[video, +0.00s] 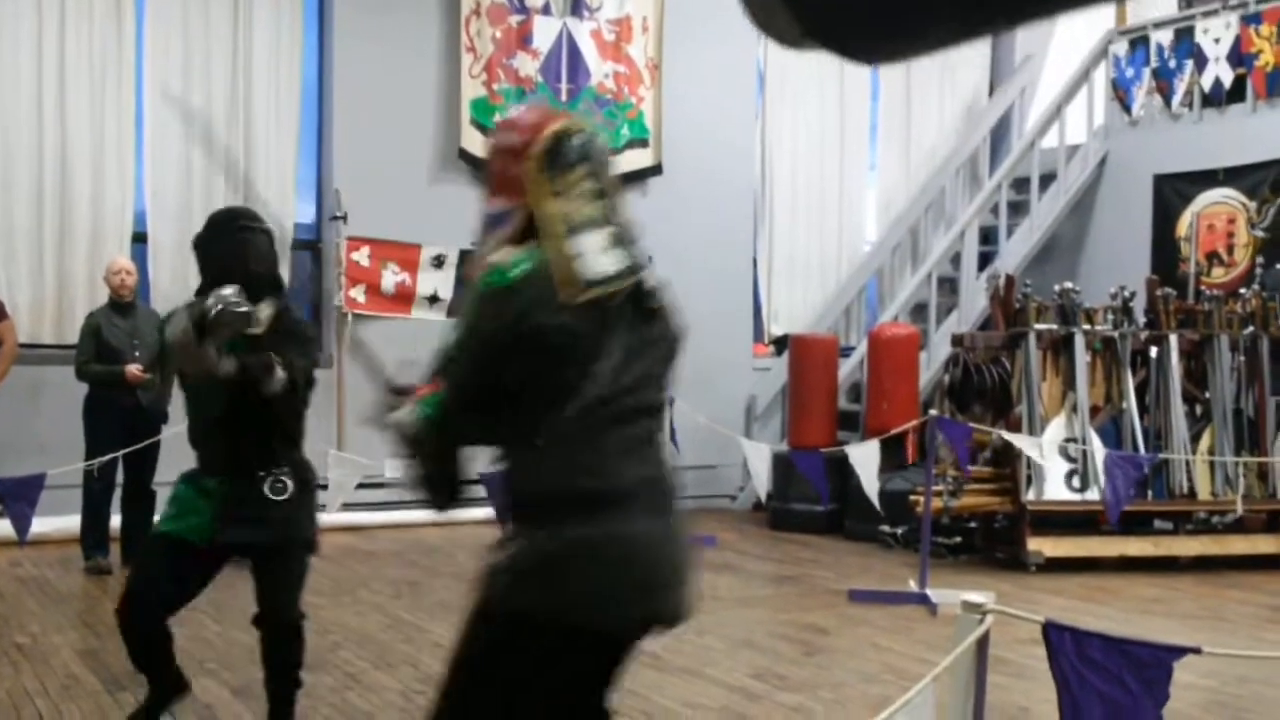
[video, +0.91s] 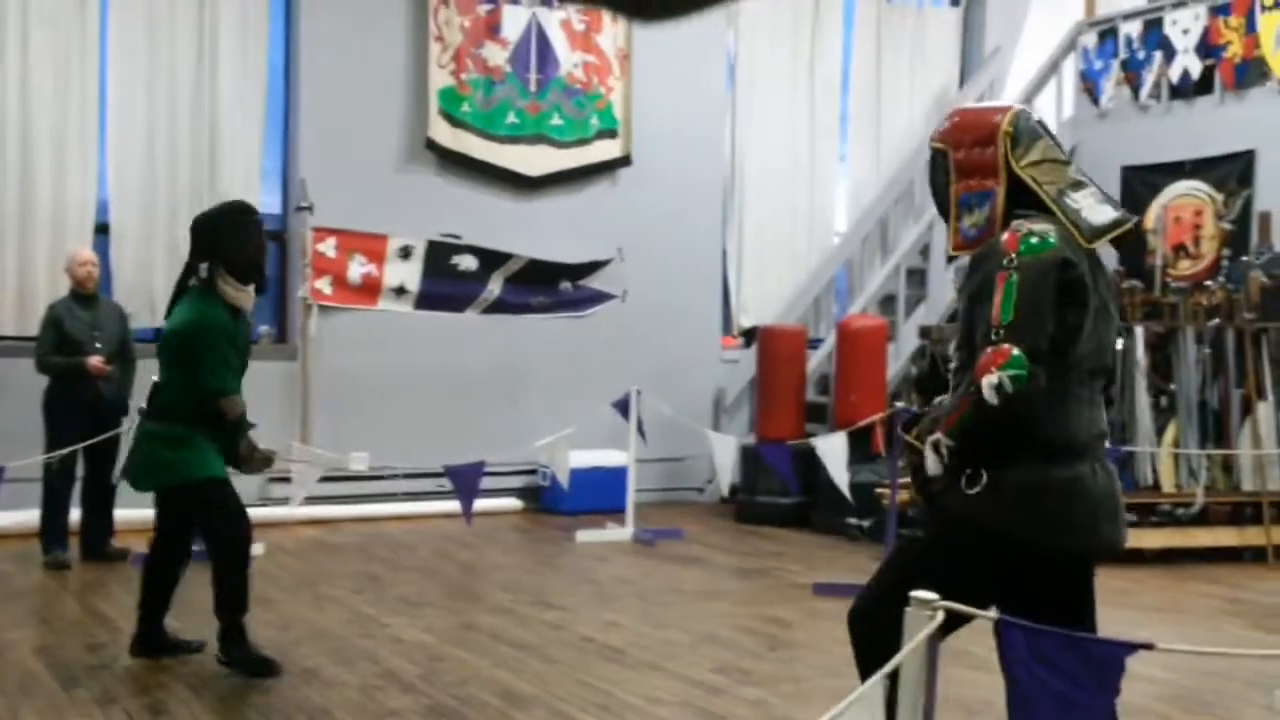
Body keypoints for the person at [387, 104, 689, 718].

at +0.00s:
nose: (490, 198)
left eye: (498, 182)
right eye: (493, 181)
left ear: (519, 189)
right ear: (591, 180)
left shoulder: (515, 287)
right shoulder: (639, 291)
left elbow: (455, 413)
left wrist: (423, 422)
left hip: (558, 565)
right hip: (646, 559)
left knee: (473, 708)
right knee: (571, 704)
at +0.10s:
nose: (551, 170)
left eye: (560, 153)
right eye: (551, 152)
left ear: (585, 160)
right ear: (652, 155)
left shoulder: (572, 250)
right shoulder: (701, 256)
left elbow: (507, 380)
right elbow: (697, 380)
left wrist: (518, 480)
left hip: (628, 533)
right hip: (716, 522)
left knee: (554, 706)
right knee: (668, 703)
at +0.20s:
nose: (602, 180)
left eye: (610, 164)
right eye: (600, 163)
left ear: (634, 169)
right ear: (698, 161)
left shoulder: (633, 273)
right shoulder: (750, 259)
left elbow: (593, 400)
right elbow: (756, 389)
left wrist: (593, 506)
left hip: (707, 541)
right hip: (788, 521)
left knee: (628, 706)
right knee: (771, 689)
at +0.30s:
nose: (654, 216)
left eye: (660, 197)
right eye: (654, 197)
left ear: (688, 202)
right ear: (743, 191)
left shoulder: (725, 301)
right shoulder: (797, 285)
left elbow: (735, 442)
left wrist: (684, 519)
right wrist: (689, 520)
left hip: (777, 568)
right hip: (842, 555)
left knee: (670, 706)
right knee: (883, 692)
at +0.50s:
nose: (818, 274)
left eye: (831, 253)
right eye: (814, 253)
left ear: (870, 245)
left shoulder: (899, 330)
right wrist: (845, 521)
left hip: (941, 563)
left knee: (832, 706)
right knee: (1011, 697)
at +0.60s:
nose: (861, 228)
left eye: (868, 206)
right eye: (860, 207)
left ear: (906, 209)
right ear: (934, 206)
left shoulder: (949, 293)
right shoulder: (991, 280)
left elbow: (975, 420)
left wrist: (908, 489)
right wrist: (899, 470)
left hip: (975, 537)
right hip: (1021, 529)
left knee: (855, 675)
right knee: (1036, 692)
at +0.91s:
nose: (948, 199)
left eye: (954, 180)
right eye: (947, 182)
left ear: (986, 180)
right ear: (1026, 171)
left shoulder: (1023, 245)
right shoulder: (1071, 247)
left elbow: (1006, 374)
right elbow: (1085, 383)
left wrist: (938, 438)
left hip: (1015, 504)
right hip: (1063, 502)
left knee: (879, 621)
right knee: (1066, 679)